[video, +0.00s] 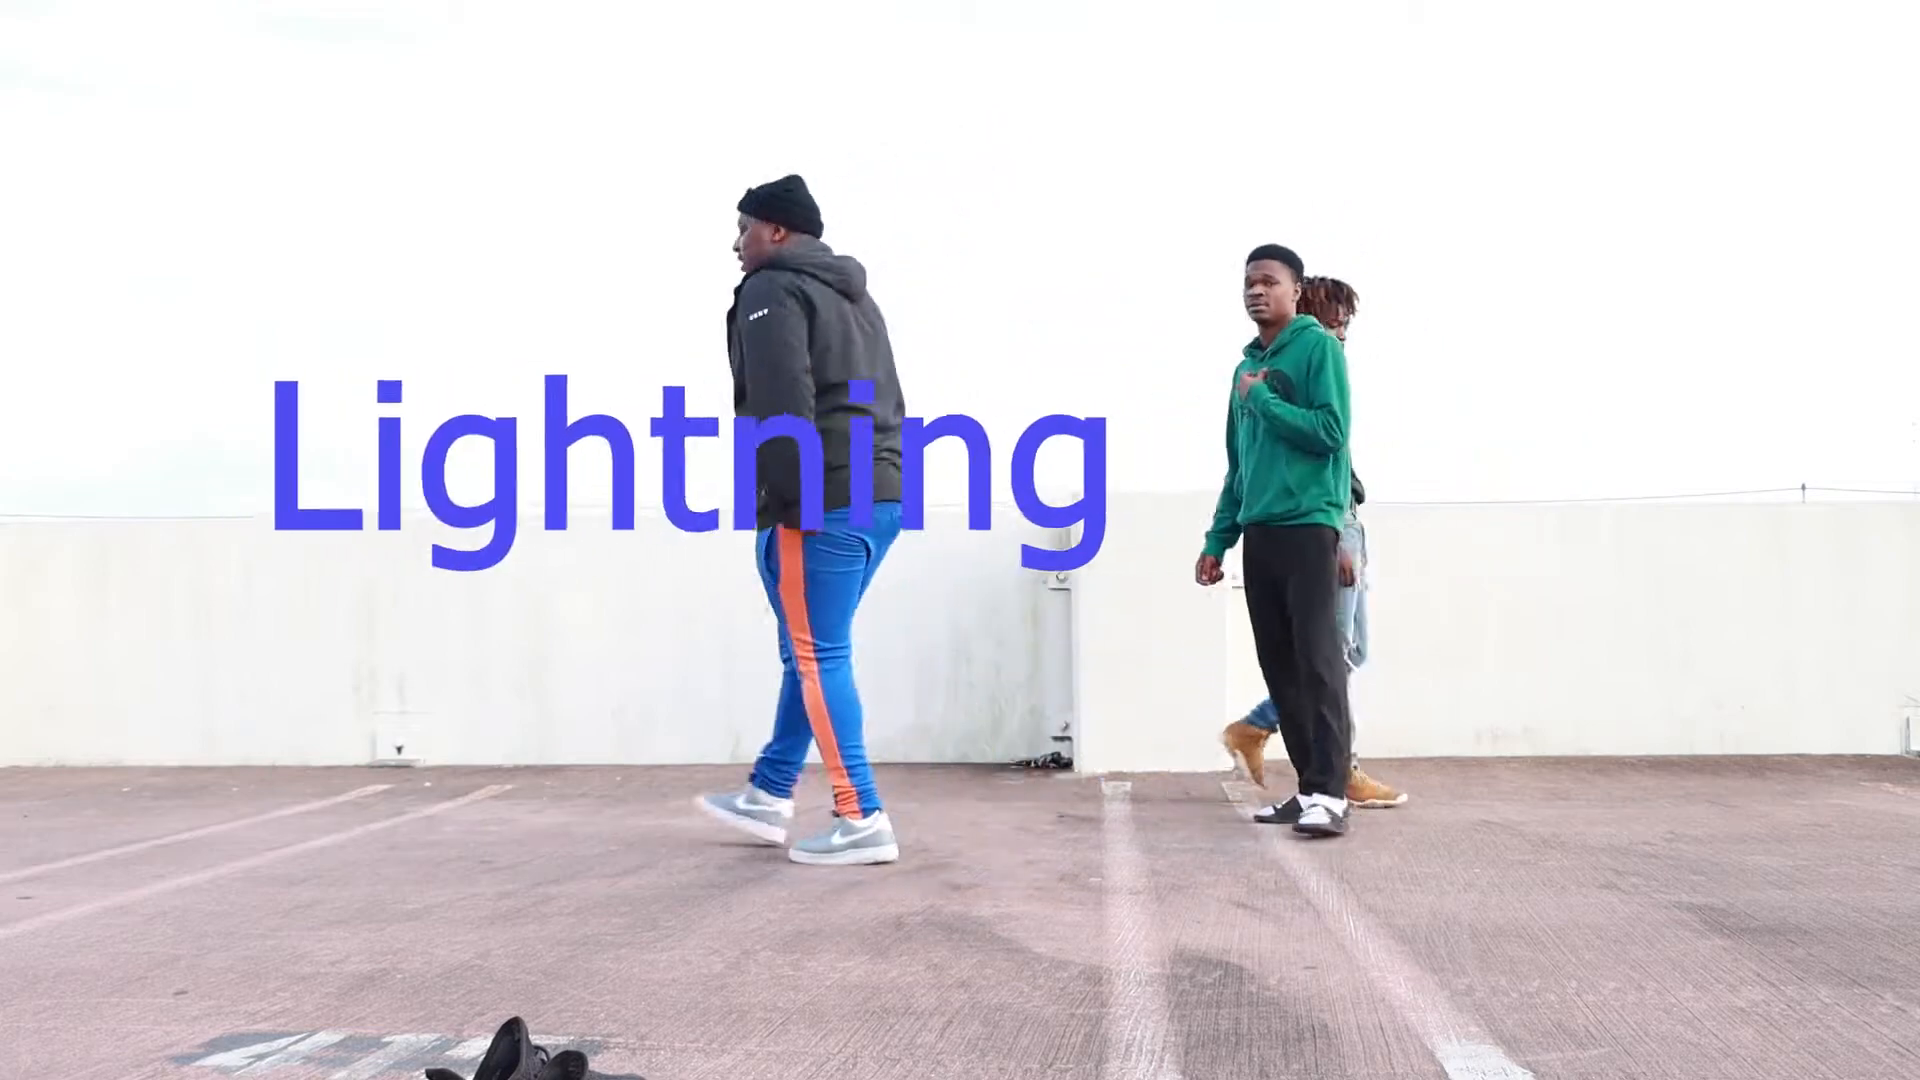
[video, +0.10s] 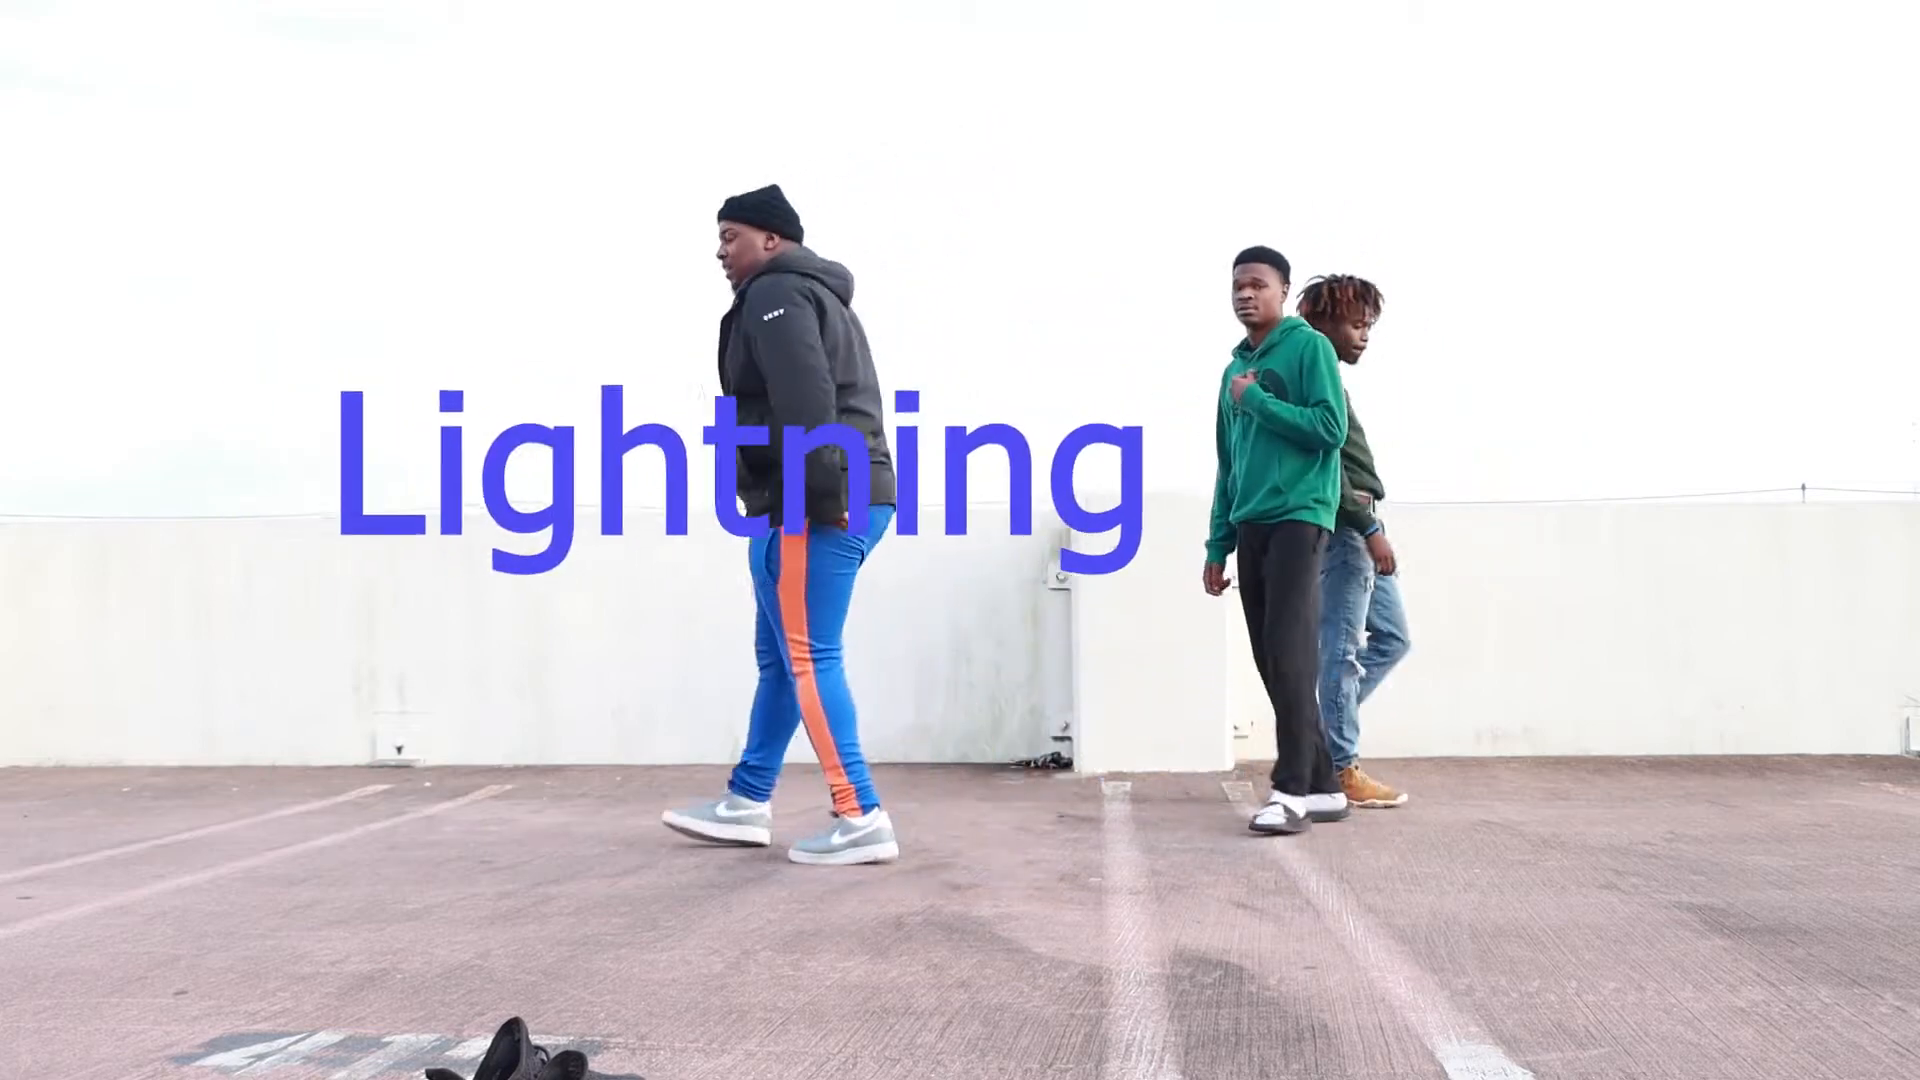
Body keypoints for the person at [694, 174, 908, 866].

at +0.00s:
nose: (737, 243)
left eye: (743, 231)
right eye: (739, 230)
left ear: (773, 230)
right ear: (797, 233)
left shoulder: (769, 291)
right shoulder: (853, 295)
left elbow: (783, 408)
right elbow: (886, 403)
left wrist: (776, 510)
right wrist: (883, 490)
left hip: (819, 507)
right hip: (878, 506)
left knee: (820, 657)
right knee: (807, 652)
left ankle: (860, 817)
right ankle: (769, 793)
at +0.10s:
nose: (721, 251)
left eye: (730, 238)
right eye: (720, 240)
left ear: (772, 238)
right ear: (772, 243)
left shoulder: (774, 293)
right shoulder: (812, 293)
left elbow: (804, 397)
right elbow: (841, 403)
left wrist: (807, 507)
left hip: (822, 504)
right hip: (838, 498)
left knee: (809, 657)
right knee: (778, 655)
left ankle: (860, 816)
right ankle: (746, 800)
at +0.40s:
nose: (703, 259)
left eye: (713, 245)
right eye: (693, 252)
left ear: (747, 247)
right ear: (690, 265)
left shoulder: (790, 290)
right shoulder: (711, 327)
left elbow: (850, 381)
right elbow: (729, 420)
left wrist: (876, 490)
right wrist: (739, 503)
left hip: (810, 502)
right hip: (752, 512)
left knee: (807, 645)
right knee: (746, 654)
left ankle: (865, 804)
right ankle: (738, 808)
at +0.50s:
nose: (704, 261)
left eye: (715, 247)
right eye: (695, 254)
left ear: (747, 248)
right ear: (690, 267)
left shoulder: (798, 293)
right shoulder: (703, 332)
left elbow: (859, 381)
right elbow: (721, 422)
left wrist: (882, 482)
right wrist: (726, 497)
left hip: (817, 505)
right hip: (744, 515)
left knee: (816, 646)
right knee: (741, 659)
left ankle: (870, 799)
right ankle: (737, 806)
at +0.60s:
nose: (716, 259)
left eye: (726, 245)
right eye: (705, 253)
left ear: (758, 248)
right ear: (700, 267)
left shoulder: (811, 297)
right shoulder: (704, 334)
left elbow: (870, 382)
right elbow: (705, 432)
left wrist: (893, 477)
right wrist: (722, 510)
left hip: (820, 508)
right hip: (744, 518)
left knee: (827, 650)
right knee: (742, 661)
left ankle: (880, 785)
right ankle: (739, 806)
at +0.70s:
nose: (734, 259)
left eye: (745, 246)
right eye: (723, 252)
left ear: (777, 250)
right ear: (718, 266)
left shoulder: (831, 303)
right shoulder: (713, 335)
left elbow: (884, 391)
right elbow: (705, 435)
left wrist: (896, 486)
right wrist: (720, 520)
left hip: (828, 514)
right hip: (747, 523)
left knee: (837, 654)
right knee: (746, 662)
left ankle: (882, 779)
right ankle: (739, 806)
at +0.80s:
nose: (761, 261)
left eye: (771, 249)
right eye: (750, 254)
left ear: (801, 255)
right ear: (742, 268)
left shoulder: (856, 313)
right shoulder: (732, 334)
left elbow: (907, 406)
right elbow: (711, 434)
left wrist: (908, 505)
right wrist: (717, 523)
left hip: (843, 522)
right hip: (755, 529)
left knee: (852, 663)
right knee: (755, 665)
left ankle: (881, 789)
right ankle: (740, 805)